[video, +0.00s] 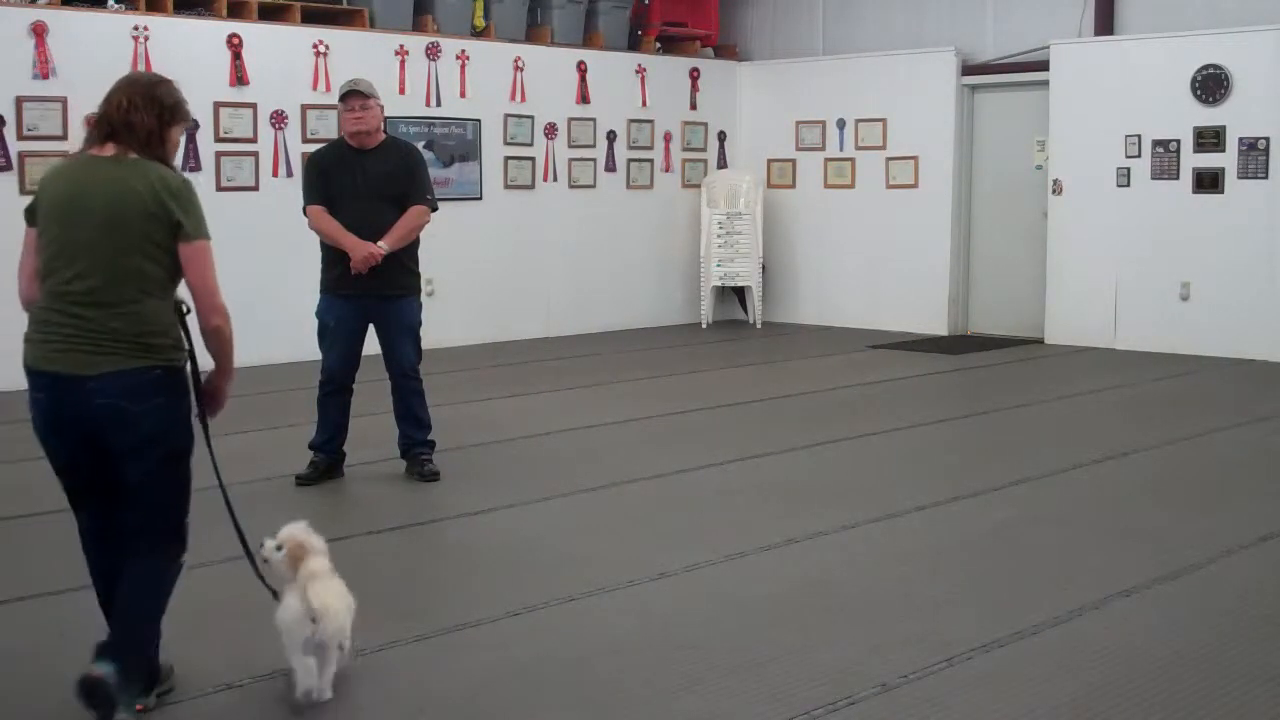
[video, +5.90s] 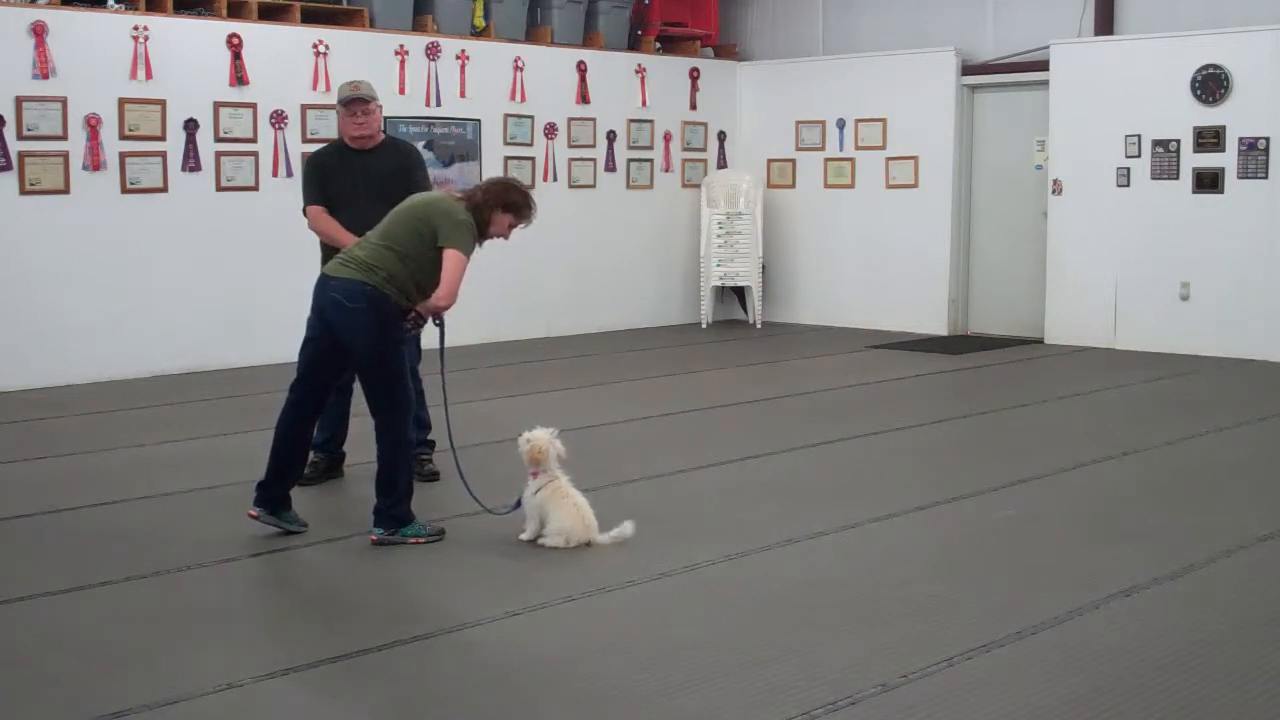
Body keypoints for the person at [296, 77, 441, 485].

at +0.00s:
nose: (357, 114)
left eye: (365, 107)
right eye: (350, 109)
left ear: (380, 111)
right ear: (339, 117)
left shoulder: (406, 155)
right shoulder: (321, 161)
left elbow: (421, 211)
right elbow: (315, 214)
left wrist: (378, 249)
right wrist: (354, 246)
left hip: (397, 287)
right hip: (342, 288)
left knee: (406, 373)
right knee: (335, 375)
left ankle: (419, 452)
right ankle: (327, 455)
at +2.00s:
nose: (357, 117)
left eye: (364, 109)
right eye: (349, 112)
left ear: (380, 113)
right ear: (338, 120)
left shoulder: (406, 155)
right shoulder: (328, 158)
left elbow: (421, 213)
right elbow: (312, 214)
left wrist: (378, 250)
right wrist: (354, 246)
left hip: (397, 288)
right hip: (342, 289)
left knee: (406, 372)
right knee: (335, 376)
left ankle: (418, 450)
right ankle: (326, 454)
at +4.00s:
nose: (359, 115)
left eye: (365, 108)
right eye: (352, 110)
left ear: (380, 112)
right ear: (340, 117)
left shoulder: (405, 154)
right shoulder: (325, 160)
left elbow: (421, 210)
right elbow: (313, 219)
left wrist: (379, 249)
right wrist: (347, 245)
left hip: (397, 282)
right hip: (343, 282)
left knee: (406, 370)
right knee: (336, 376)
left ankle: (418, 450)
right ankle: (330, 456)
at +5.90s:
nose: (359, 120)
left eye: (366, 112)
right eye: (351, 114)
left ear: (379, 114)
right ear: (339, 118)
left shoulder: (406, 155)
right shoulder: (321, 162)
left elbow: (424, 217)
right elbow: (317, 219)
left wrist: (402, 259)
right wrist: (364, 251)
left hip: (396, 281)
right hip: (340, 281)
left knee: (406, 369)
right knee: (332, 372)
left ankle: (419, 449)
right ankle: (327, 452)